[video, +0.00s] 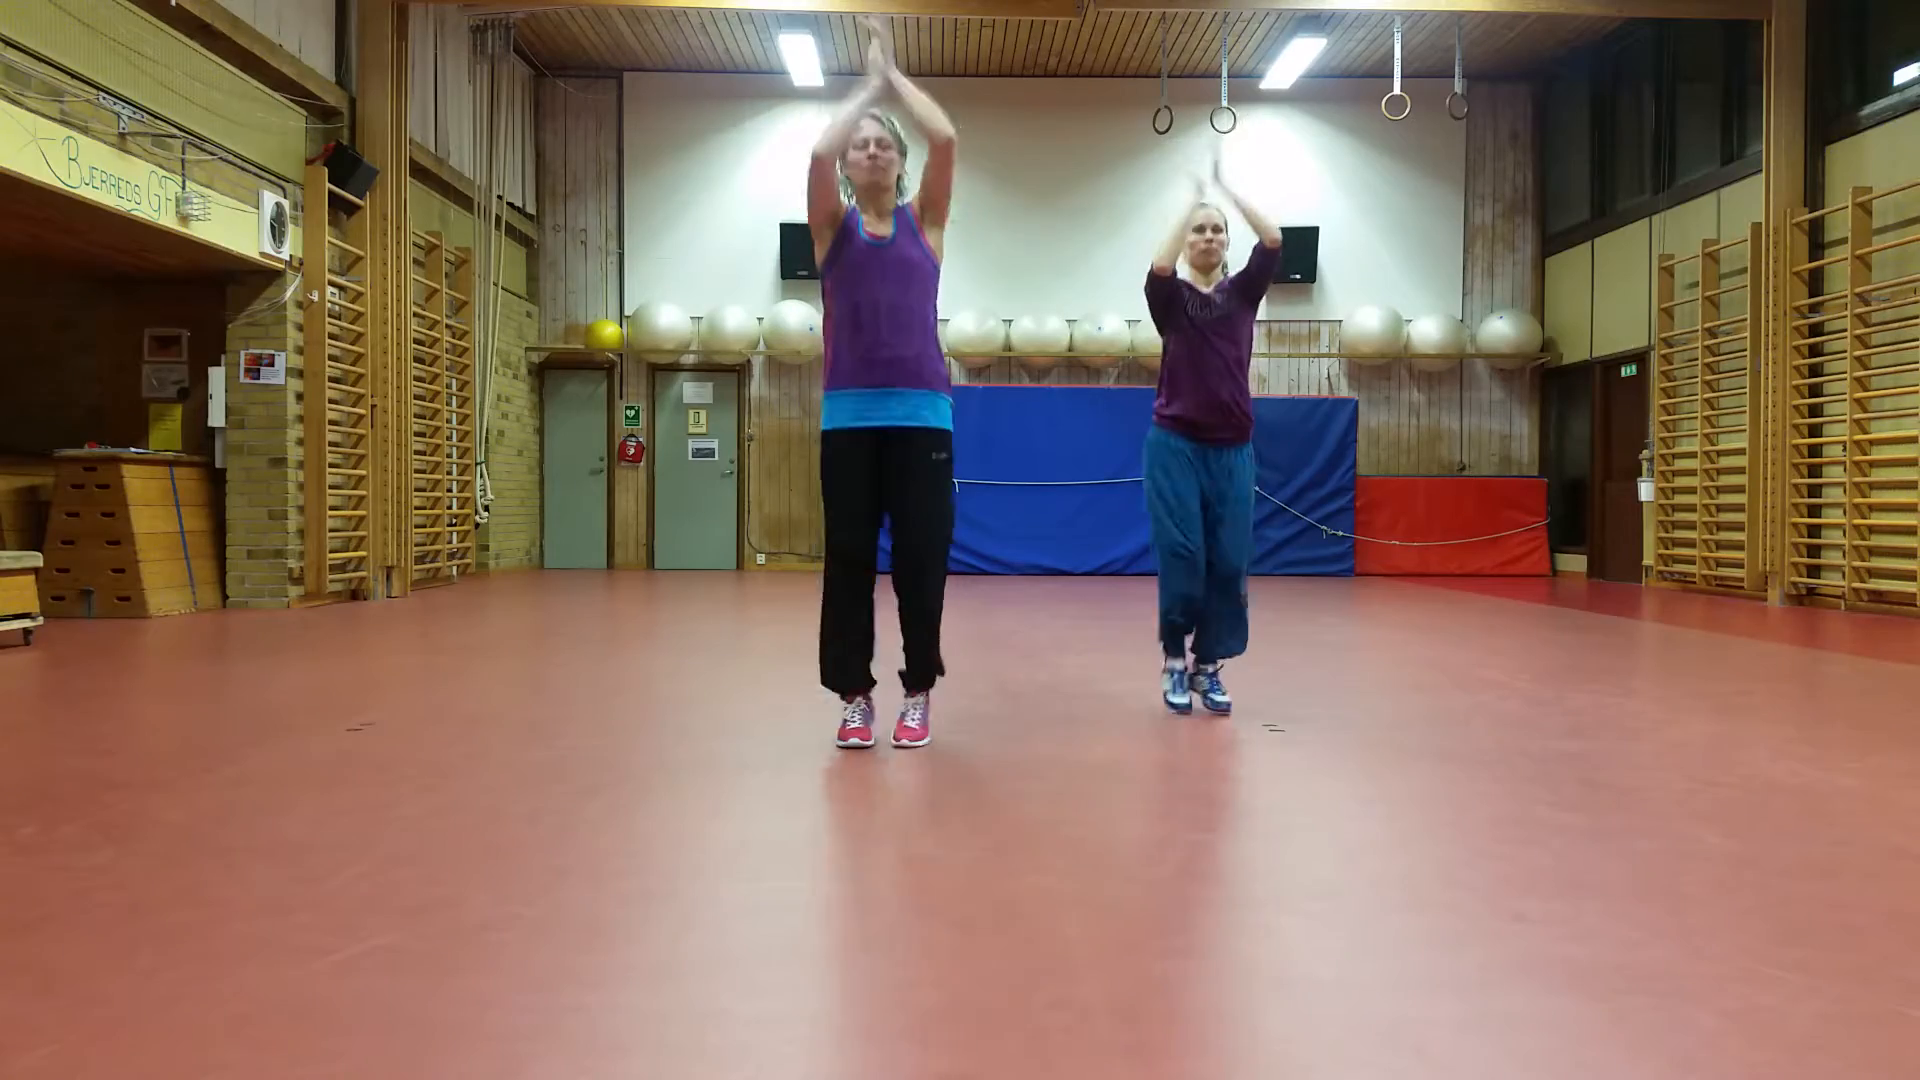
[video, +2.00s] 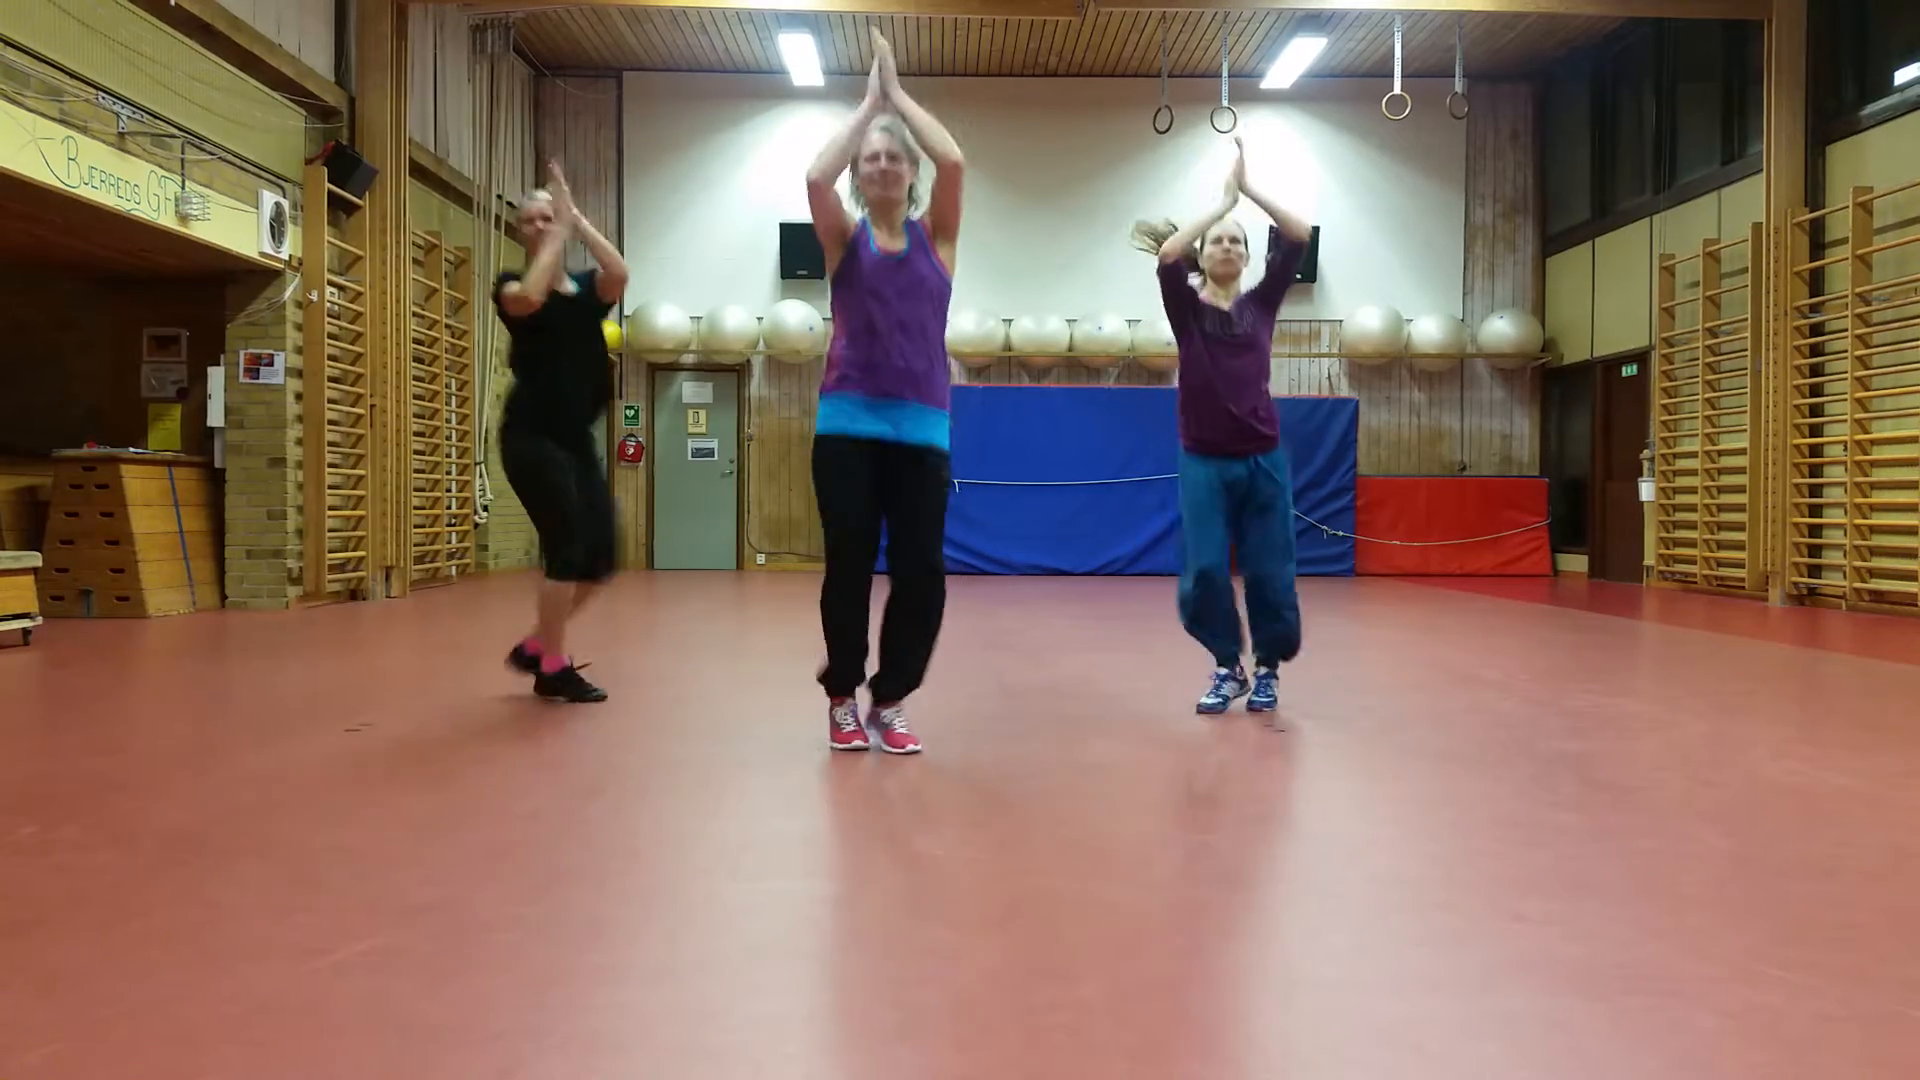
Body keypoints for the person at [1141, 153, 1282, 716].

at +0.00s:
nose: (1210, 237)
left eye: (1217, 230)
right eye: (1200, 229)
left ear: (1227, 241)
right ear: (1182, 240)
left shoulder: (1242, 293)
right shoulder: (1169, 298)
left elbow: (1273, 240)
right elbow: (1160, 268)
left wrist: (1225, 189)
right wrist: (1189, 205)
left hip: (1232, 447)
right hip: (1174, 443)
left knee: (1229, 559)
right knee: (1183, 551)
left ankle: (1209, 668)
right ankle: (1175, 661)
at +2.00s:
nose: (1230, 247)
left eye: (1238, 242)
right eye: (1218, 241)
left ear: (1248, 259)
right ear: (1200, 258)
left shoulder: (1260, 307)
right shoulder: (1187, 311)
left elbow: (1300, 235)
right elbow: (1169, 257)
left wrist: (1249, 192)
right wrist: (1219, 205)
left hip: (1263, 456)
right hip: (1203, 458)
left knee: (1270, 567)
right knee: (1204, 568)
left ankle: (1267, 669)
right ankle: (1227, 668)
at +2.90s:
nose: (1227, 246)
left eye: (1236, 239)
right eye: (1217, 239)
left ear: (1248, 252)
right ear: (1203, 253)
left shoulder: (1264, 302)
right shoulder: (1187, 307)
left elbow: (1326, 277)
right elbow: (1156, 306)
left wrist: (1275, 236)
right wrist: (1193, 247)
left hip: (1263, 455)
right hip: (1203, 457)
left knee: (1272, 565)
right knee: (1204, 558)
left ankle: (1264, 674)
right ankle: (1214, 660)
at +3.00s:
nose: (1225, 228)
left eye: (1234, 222)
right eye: (1215, 222)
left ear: (1246, 235)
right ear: (1198, 236)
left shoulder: (1262, 287)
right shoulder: (1178, 294)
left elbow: (1329, 324)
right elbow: (1142, 351)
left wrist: (1285, 291)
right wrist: (1182, 303)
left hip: (1257, 439)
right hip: (1197, 440)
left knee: (1263, 556)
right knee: (1194, 553)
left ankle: (1260, 673)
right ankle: (1184, 659)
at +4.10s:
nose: (1238, 240)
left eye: (1246, 233)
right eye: (1228, 234)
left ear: (1260, 247)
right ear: (1213, 249)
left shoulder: (1283, 304)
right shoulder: (1188, 311)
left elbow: (1331, 368)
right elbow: (1145, 375)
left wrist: (1328, 354)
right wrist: (1157, 336)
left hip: (1267, 461)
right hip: (1203, 459)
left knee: (1274, 570)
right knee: (1168, 557)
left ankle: (1280, 681)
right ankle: (1146, 668)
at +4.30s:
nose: (1234, 248)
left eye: (1242, 241)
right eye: (1224, 241)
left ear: (1256, 254)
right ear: (1208, 254)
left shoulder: (1272, 314)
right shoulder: (1180, 308)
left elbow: (1309, 374)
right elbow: (1131, 356)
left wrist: (1318, 435)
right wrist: (1127, 405)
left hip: (1253, 461)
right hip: (1187, 461)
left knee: (1288, 562)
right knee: (1158, 563)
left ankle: (1295, 666)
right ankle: (1128, 668)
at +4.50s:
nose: (1231, 254)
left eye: (1240, 246)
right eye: (1222, 246)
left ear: (1252, 256)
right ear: (1206, 259)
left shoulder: (1278, 312)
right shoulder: (1187, 326)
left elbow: (1317, 377)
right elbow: (1152, 396)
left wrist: (1300, 423)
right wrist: (1189, 355)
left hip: (1264, 468)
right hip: (1198, 466)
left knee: (1280, 575)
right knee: (1152, 557)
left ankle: (1287, 680)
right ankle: (1128, 668)